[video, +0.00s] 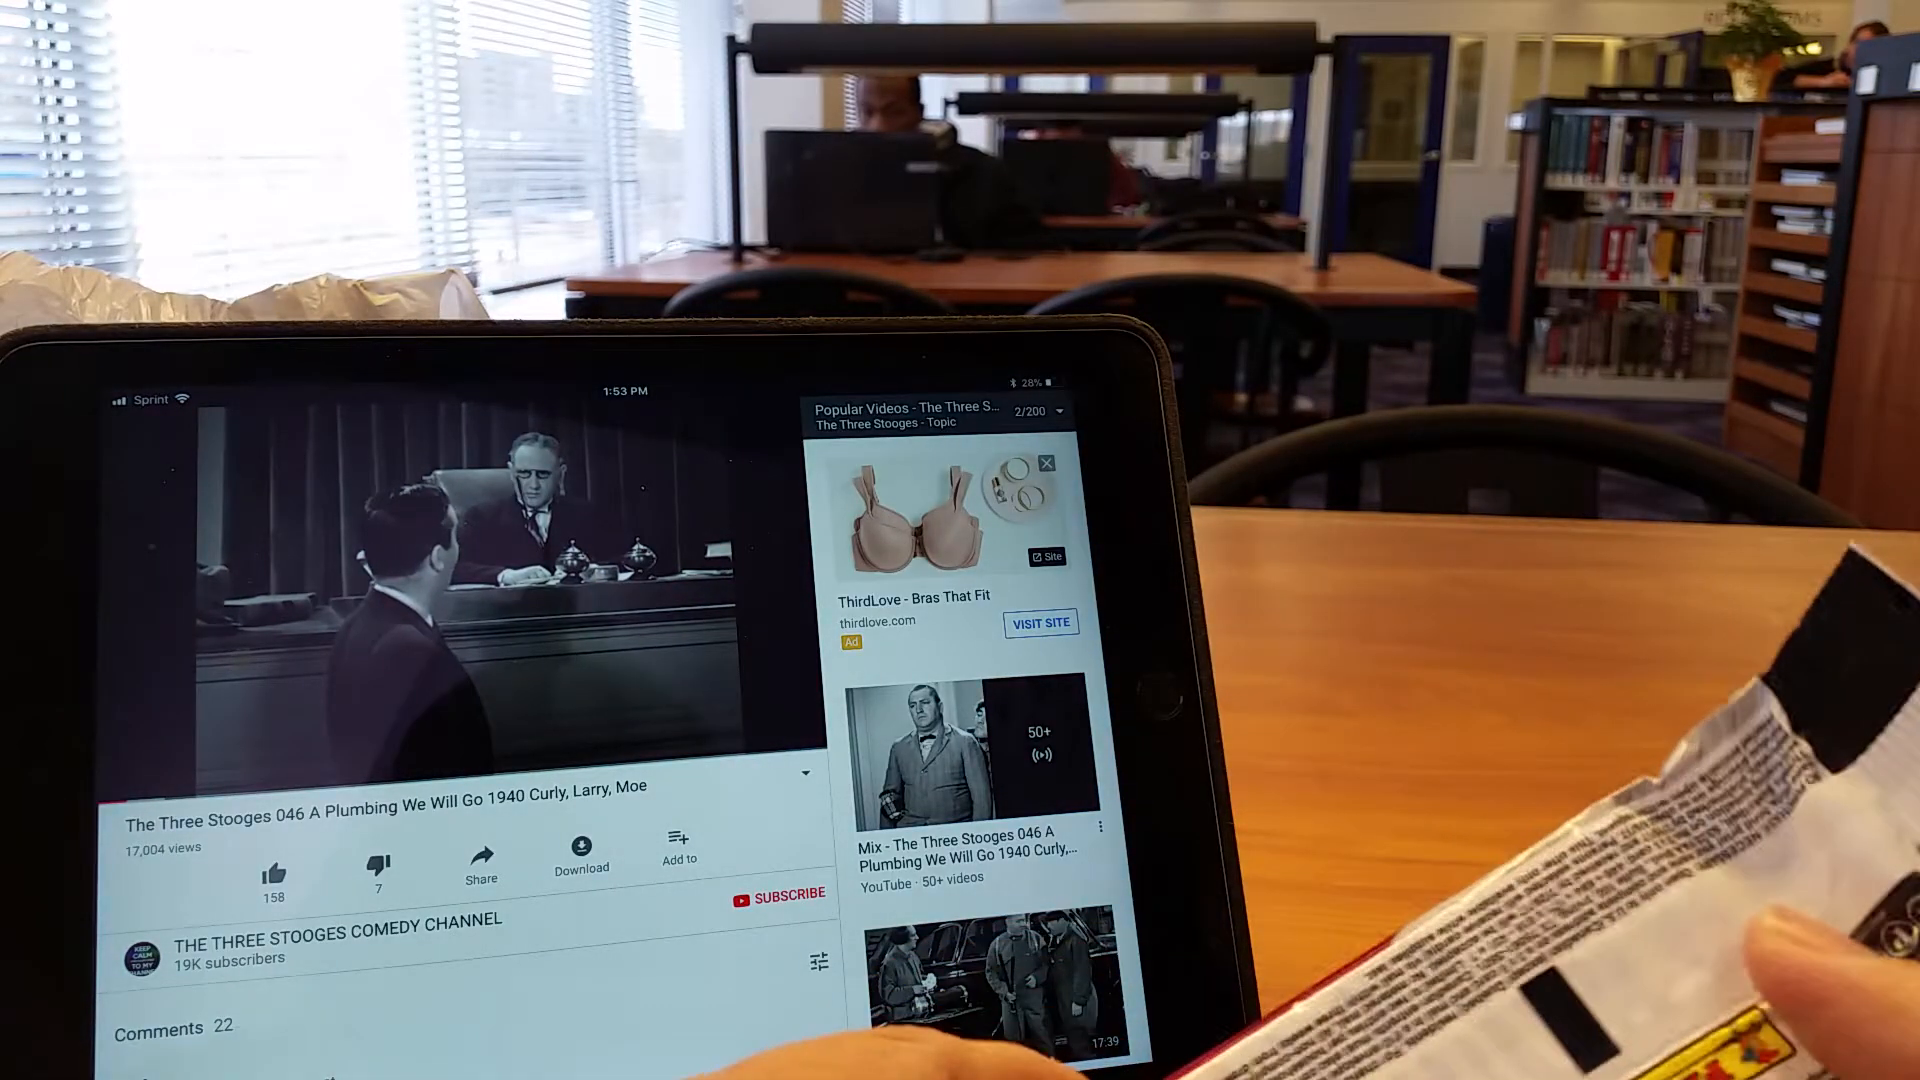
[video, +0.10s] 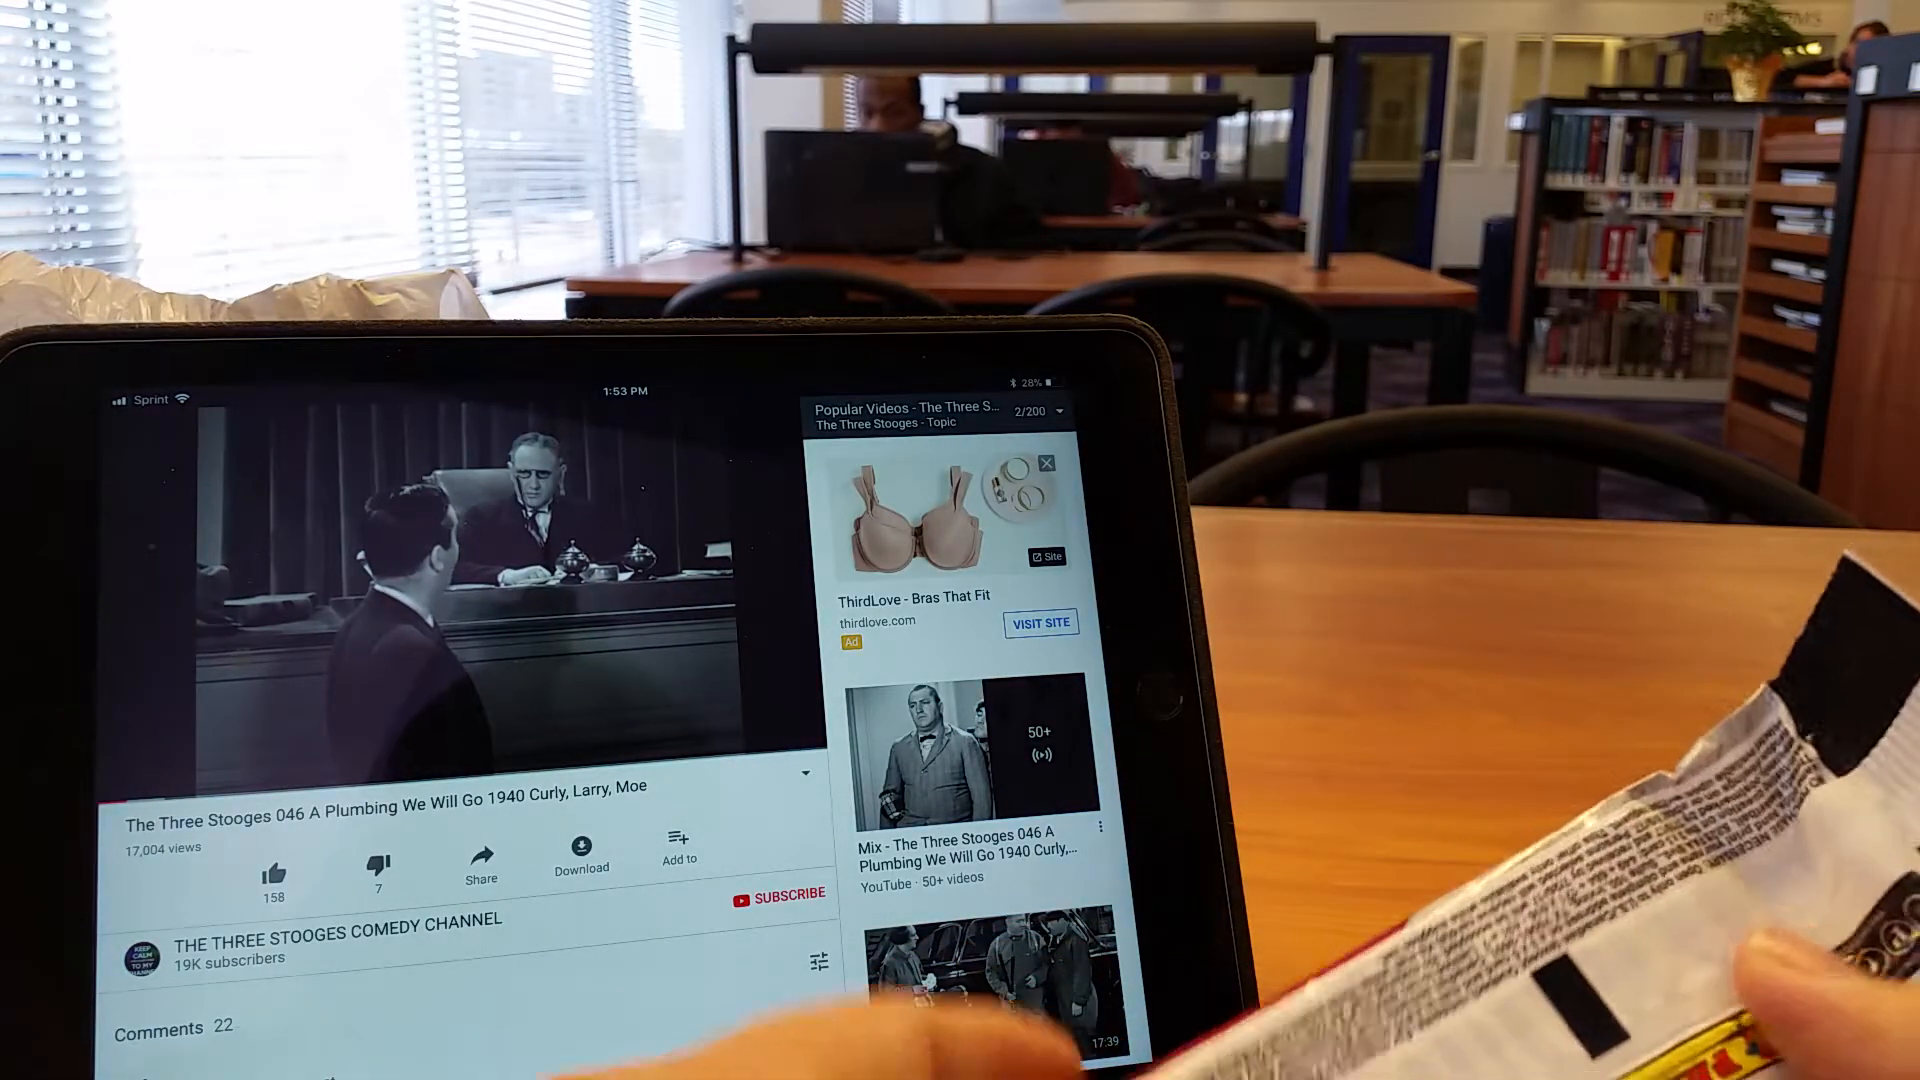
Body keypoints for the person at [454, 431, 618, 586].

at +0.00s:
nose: (533, 485)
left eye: (543, 475)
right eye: (524, 474)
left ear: (561, 473)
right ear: (511, 471)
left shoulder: (584, 515)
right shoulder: (483, 518)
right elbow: (454, 569)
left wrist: (593, 568)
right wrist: (504, 576)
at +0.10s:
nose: (533, 485)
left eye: (543, 475)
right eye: (524, 474)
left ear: (560, 473)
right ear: (511, 470)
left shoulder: (585, 515)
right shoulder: (484, 519)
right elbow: (454, 569)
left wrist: (597, 569)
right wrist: (504, 576)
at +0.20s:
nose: (533, 484)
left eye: (543, 475)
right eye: (524, 474)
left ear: (560, 473)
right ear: (511, 470)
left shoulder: (584, 515)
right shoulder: (483, 519)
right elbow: (453, 568)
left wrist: (594, 568)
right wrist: (504, 576)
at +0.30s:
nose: (533, 484)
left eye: (543, 475)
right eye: (524, 474)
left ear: (561, 473)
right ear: (511, 470)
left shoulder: (585, 516)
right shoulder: (483, 519)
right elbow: (453, 568)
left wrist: (591, 568)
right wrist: (504, 576)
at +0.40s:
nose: (533, 484)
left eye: (543, 475)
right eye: (524, 474)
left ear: (560, 473)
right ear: (511, 471)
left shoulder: (584, 516)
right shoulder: (484, 518)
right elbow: (453, 568)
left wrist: (592, 568)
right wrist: (504, 576)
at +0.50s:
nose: (533, 484)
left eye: (543, 475)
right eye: (524, 474)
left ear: (561, 473)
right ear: (511, 471)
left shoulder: (585, 516)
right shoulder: (484, 518)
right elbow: (455, 568)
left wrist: (591, 568)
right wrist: (505, 576)